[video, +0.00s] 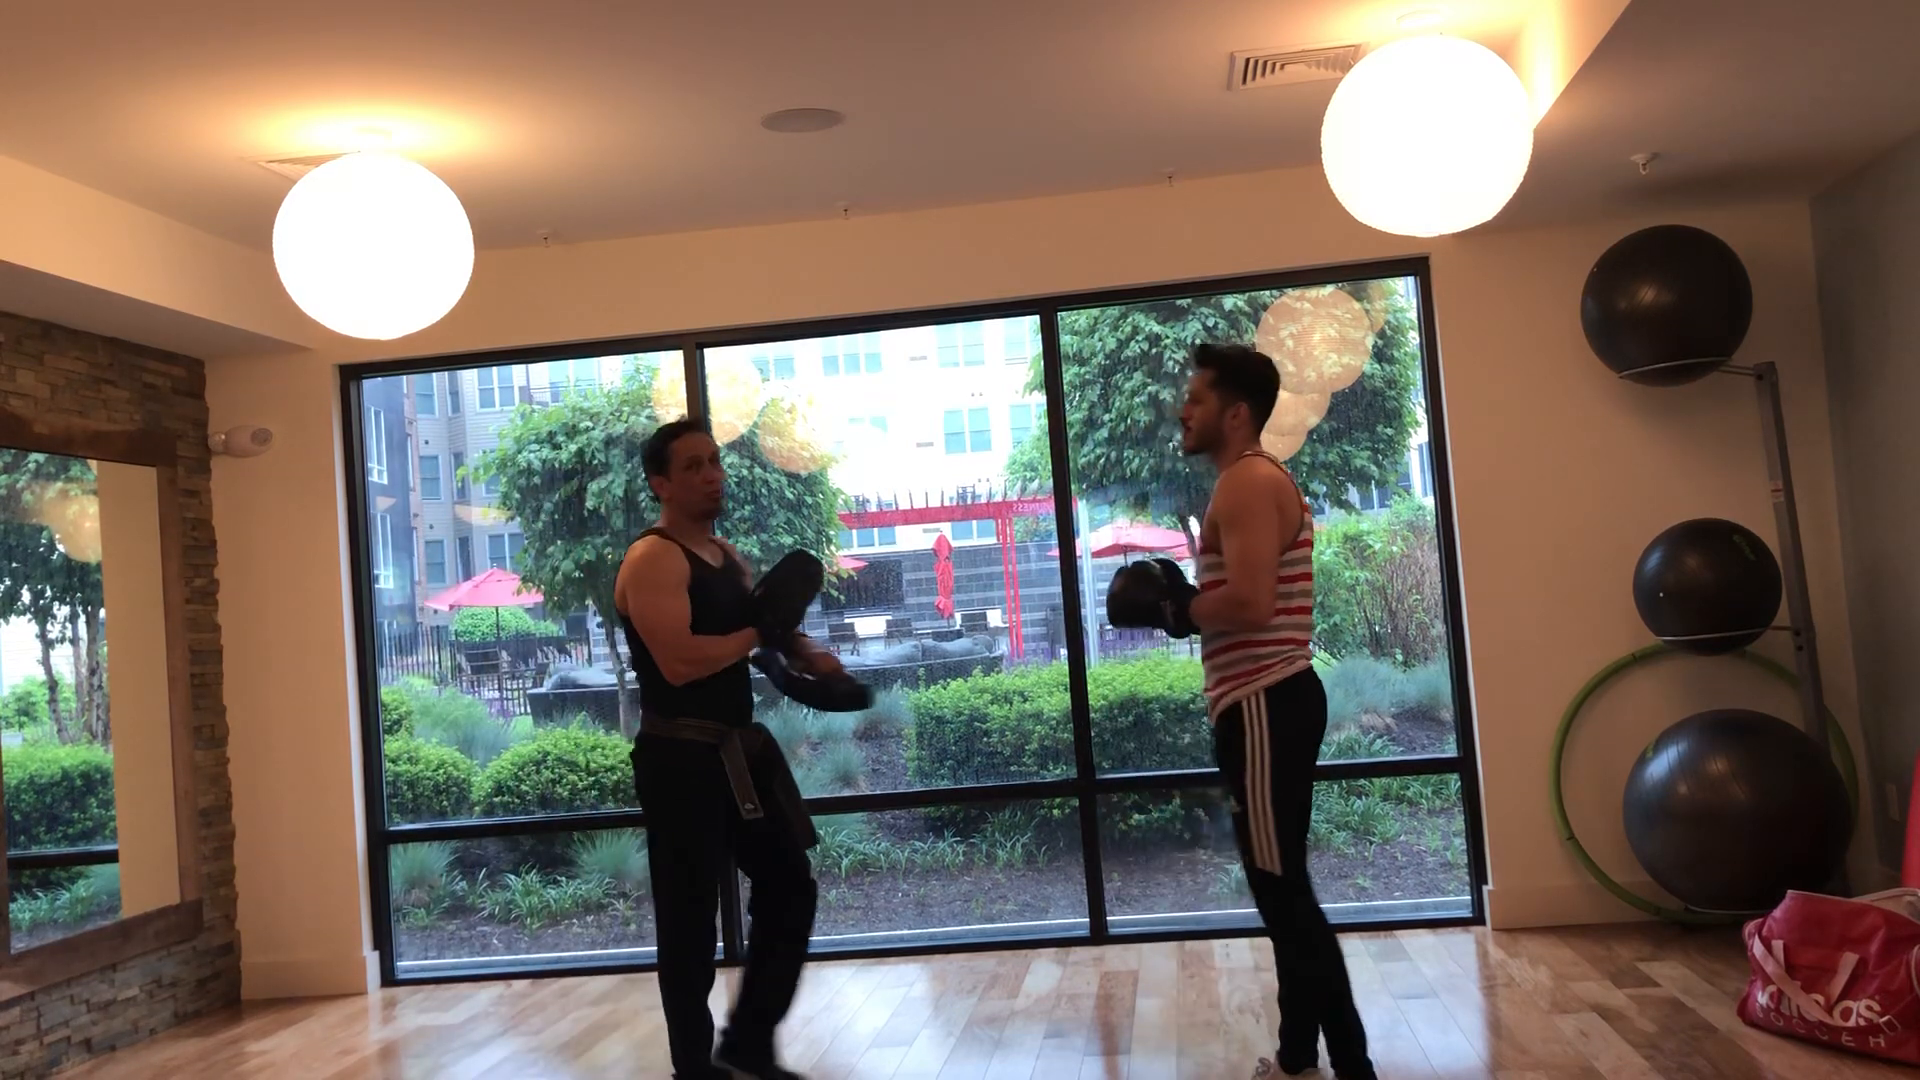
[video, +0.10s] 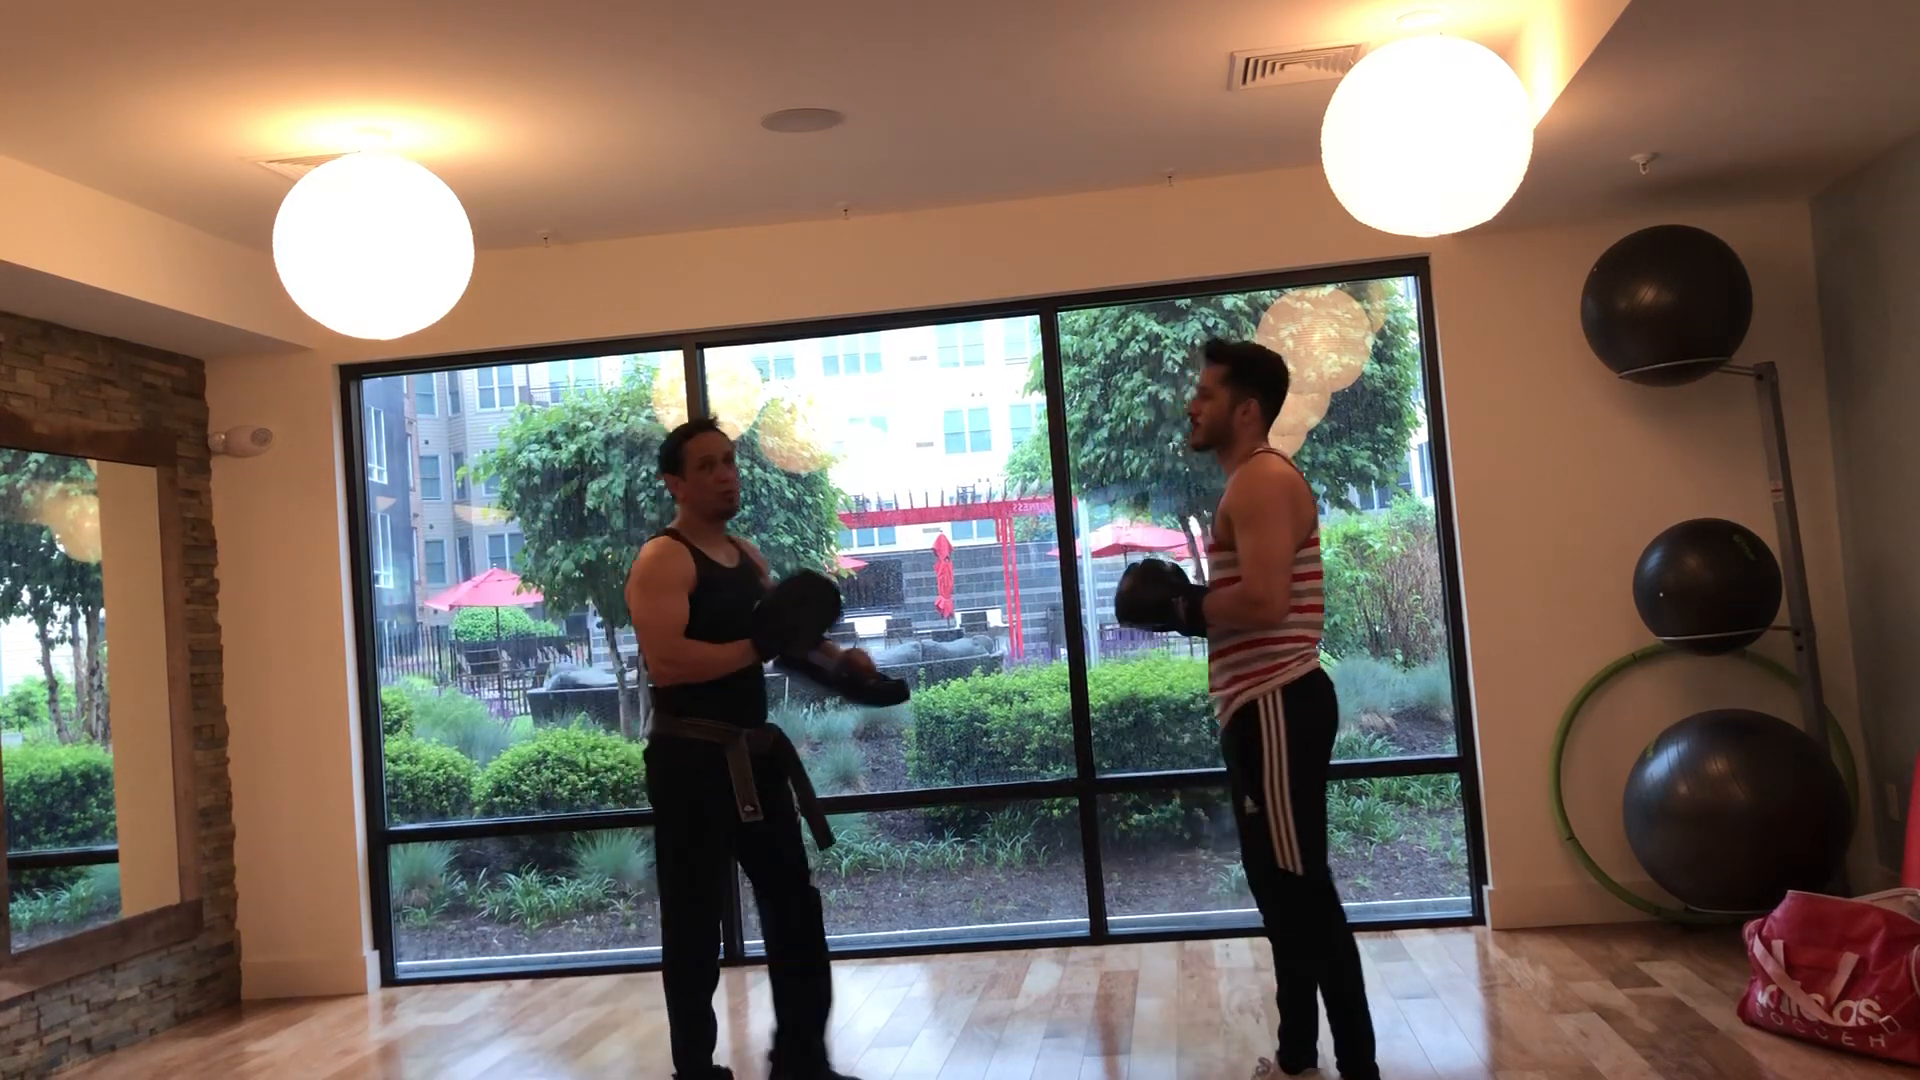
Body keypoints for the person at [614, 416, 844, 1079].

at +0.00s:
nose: (714, 474)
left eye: (715, 461)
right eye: (696, 466)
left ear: (720, 469)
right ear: (661, 484)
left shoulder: (729, 557)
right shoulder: (650, 560)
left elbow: (771, 625)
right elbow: (679, 661)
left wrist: (813, 656)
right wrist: (762, 633)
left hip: (739, 748)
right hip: (676, 756)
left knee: (790, 886)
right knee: (687, 914)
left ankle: (749, 1042)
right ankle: (693, 1061)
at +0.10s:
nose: (728, 474)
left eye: (730, 462)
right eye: (710, 466)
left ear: (737, 470)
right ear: (674, 484)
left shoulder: (743, 553)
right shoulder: (661, 560)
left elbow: (779, 635)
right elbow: (663, 663)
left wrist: (838, 662)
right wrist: (757, 648)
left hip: (751, 744)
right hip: (686, 752)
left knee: (792, 900)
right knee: (692, 914)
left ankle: (801, 1057)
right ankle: (695, 1066)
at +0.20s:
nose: (744, 475)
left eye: (747, 462)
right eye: (726, 466)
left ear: (756, 471)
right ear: (694, 483)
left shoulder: (764, 555)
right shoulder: (676, 557)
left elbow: (790, 635)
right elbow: (657, 657)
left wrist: (842, 645)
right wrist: (756, 664)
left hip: (770, 746)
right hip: (703, 752)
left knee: (798, 908)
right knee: (706, 918)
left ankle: (810, 1063)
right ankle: (700, 1066)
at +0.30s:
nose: (762, 475)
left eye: (768, 462)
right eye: (745, 464)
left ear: (776, 472)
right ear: (712, 480)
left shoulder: (782, 555)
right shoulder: (691, 554)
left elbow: (811, 636)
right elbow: (666, 654)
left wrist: (848, 657)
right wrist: (762, 674)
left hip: (787, 744)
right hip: (721, 751)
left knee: (809, 911)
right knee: (729, 913)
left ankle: (811, 1062)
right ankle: (706, 1062)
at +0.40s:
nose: (777, 473)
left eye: (784, 460)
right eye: (761, 463)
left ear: (793, 468)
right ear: (729, 475)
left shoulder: (803, 554)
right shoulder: (702, 552)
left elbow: (825, 638)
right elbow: (678, 654)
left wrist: (853, 660)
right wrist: (776, 674)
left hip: (798, 742)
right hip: (732, 747)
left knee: (813, 913)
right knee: (748, 912)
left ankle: (811, 1063)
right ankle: (716, 1060)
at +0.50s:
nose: (789, 470)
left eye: (797, 458)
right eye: (773, 459)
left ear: (807, 468)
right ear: (741, 472)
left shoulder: (817, 549)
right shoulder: (712, 548)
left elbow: (853, 634)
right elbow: (680, 648)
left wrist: (861, 664)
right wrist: (777, 674)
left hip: (808, 739)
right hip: (739, 744)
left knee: (815, 911)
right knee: (754, 911)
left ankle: (813, 1065)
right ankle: (737, 1063)